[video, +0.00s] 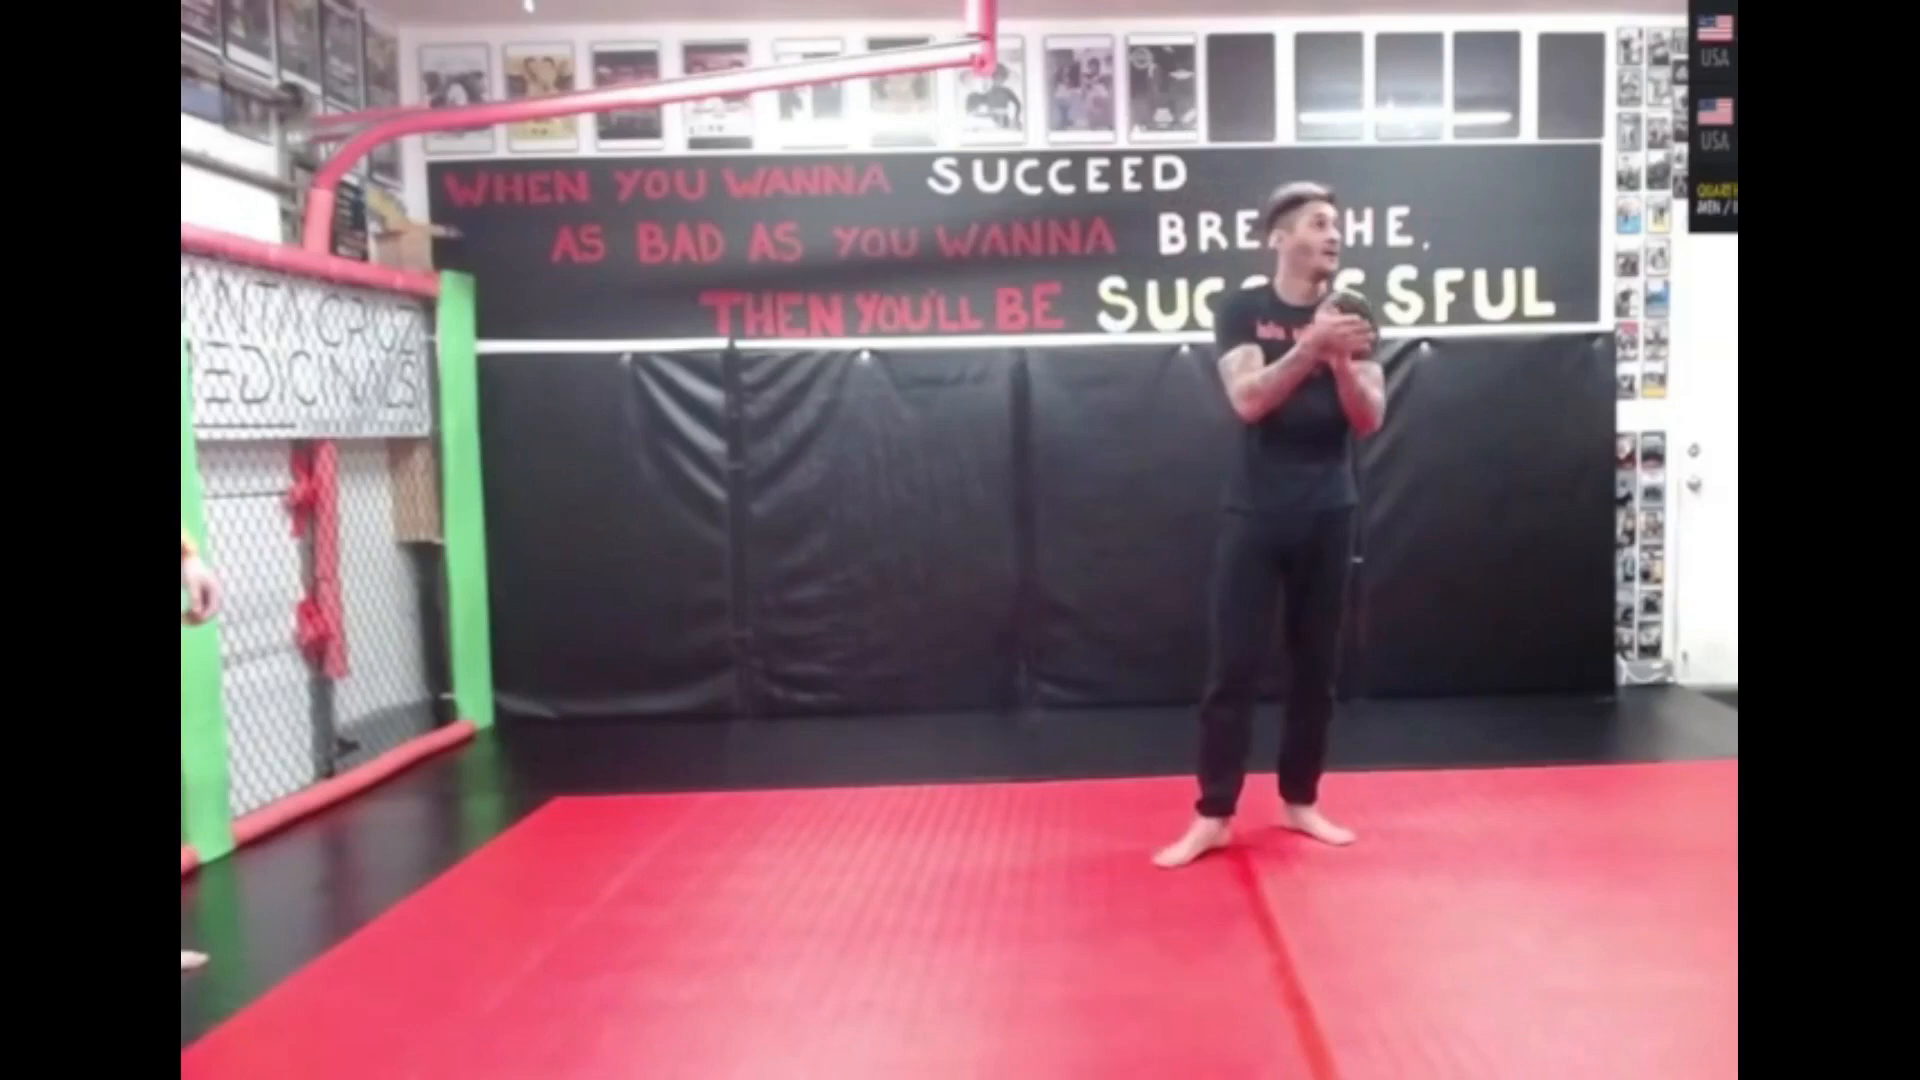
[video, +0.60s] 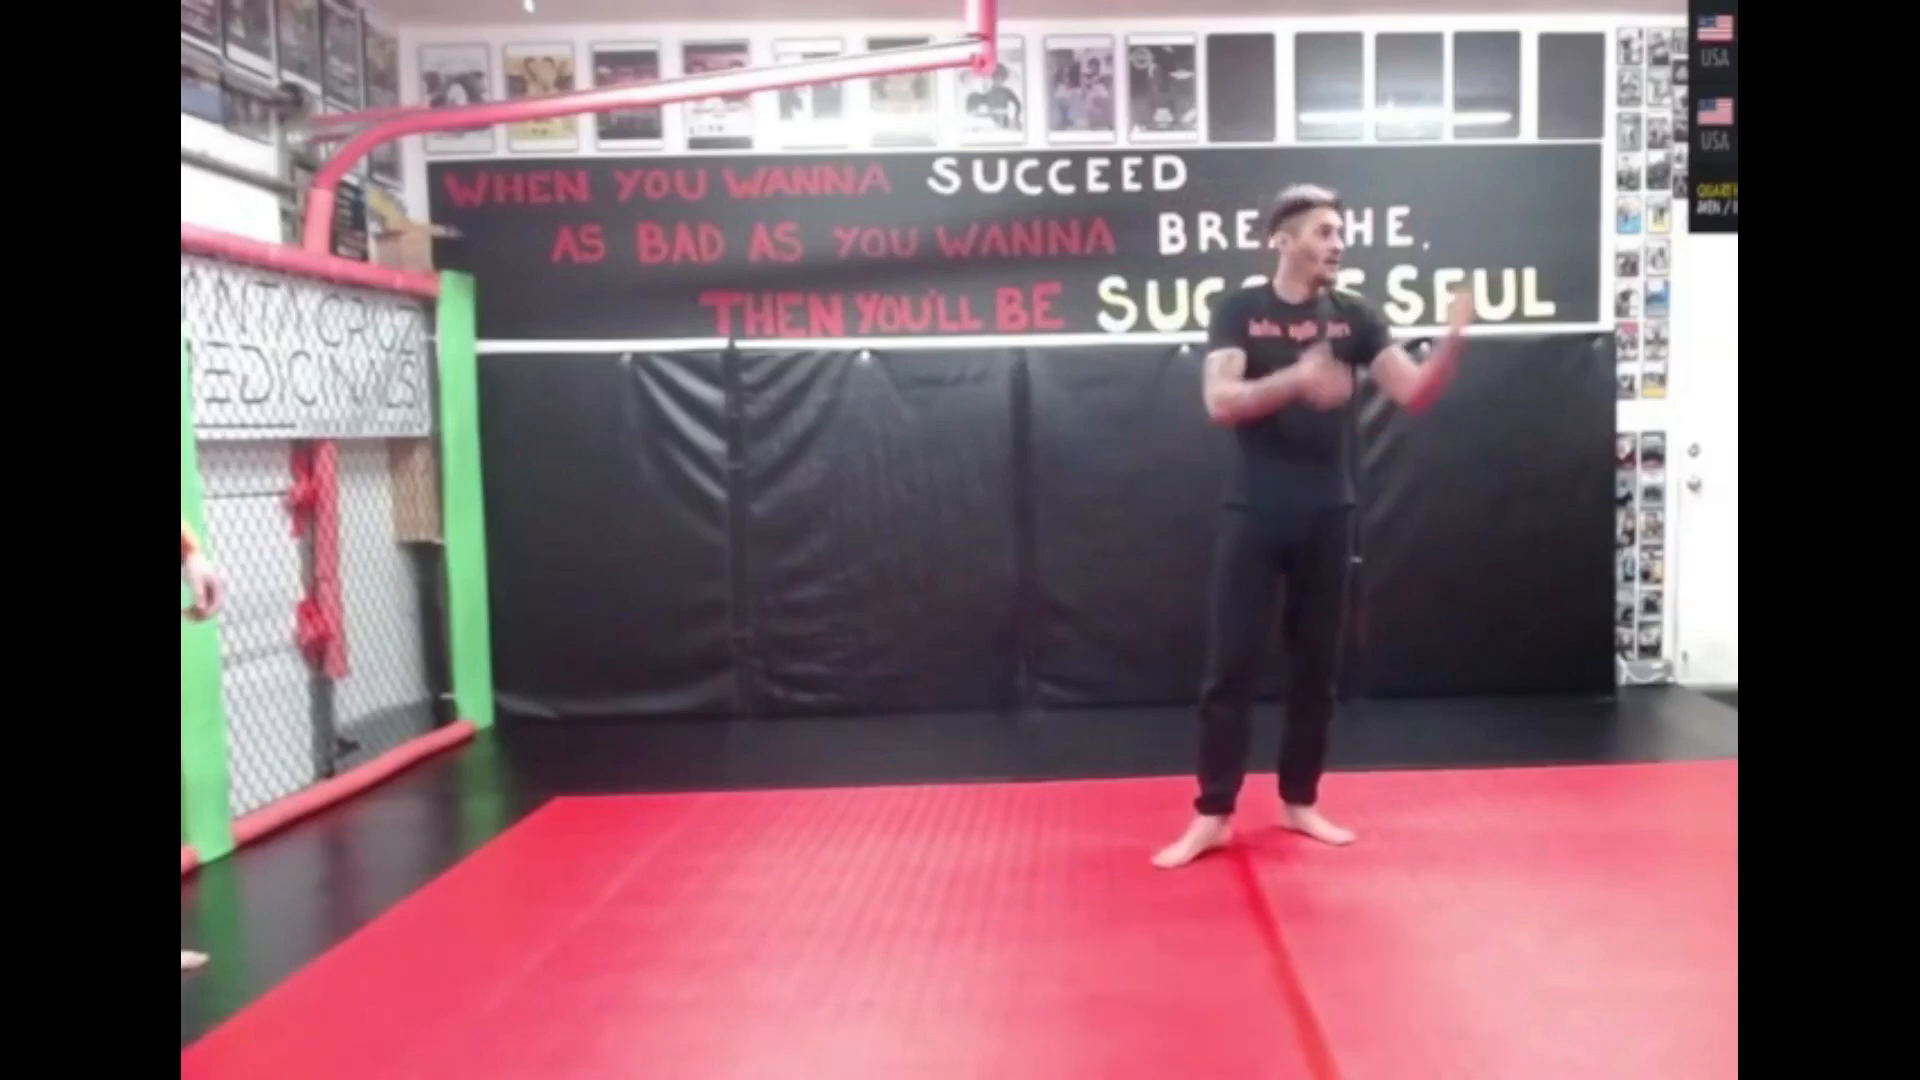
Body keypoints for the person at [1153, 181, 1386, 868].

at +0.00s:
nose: (1332, 235)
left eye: (1335, 225)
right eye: (1317, 224)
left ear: (1338, 242)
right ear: (1276, 239)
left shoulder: (1353, 315)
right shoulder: (1240, 309)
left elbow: (1369, 419)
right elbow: (1248, 401)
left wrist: (1343, 356)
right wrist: (1315, 344)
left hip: (1328, 512)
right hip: (1254, 511)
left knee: (1317, 662)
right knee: (1234, 661)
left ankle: (1300, 800)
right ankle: (1213, 814)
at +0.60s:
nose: (1338, 244)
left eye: (1340, 234)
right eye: (1324, 232)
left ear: (1338, 245)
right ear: (1282, 241)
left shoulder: (1352, 315)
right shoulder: (1239, 309)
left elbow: (1413, 392)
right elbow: (1220, 401)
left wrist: (1451, 336)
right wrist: (1298, 378)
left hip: (1327, 515)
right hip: (1251, 512)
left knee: (1318, 662)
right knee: (1230, 662)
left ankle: (1300, 802)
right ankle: (1213, 813)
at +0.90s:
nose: (1337, 246)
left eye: (1341, 236)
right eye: (1325, 234)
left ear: (1338, 246)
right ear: (1283, 240)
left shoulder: (1353, 313)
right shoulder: (1233, 316)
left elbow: (1441, 363)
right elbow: (1191, 413)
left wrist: (1534, 315)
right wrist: (1242, 468)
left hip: (1325, 515)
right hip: (1248, 514)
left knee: (1314, 664)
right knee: (1229, 663)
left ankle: (1298, 802)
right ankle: (1212, 814)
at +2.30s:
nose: (1286, 242)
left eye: (1300, 230)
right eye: (1275, 230)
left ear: (1325, 241)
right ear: (1259, 241)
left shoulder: (1351, 318)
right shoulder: (1230, 317)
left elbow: (1413, 395)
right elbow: (1187, 414)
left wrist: (1484, 374)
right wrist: (1215, 462)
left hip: (1325, 515)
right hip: (1250, 516)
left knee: (1314, 665)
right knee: (1226, 665)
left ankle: (1298, 801)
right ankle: (1212, 814)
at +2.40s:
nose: (1265, 245)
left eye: (1279, 233)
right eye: (1258, 233)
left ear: (1314, 241)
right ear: (1252, 242)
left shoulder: (1351, 318)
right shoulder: (1228, 318)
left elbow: (1395, 408)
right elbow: (1188, 411)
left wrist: (1443, 426)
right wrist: (1198, 453)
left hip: (1324, 515)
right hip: (1244, 515)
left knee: (1314, 664)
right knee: (1225, 663)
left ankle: (1297, 803)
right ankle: (1211, 815)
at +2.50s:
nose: (1251, 246)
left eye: (1264, 234)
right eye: (1248, 235)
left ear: (1306, 240)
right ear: (1247, 243)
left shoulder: (1349, 317)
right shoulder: (1230, 316)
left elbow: (1374, 414)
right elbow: (1186, 410)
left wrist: (1350, 471)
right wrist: (1135, 404)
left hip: (1319, 516)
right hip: (1244, 514)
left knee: (1311, 663)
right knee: (1223, 665)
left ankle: (1298, 801)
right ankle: (1211, 813)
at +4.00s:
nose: (1191, 248)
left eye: (1207, 237)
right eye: (1191, 236)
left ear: (1248, 250)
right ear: (1195, 247)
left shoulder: (1286, 332)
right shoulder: (1171, 328)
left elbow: (1324, 436)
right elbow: (1123, 413)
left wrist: (1285, 492)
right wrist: (1067, 447)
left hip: (1252, 530)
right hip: (1175, 525)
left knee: (1283, 672)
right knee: (1118, 655)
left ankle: (1296, 807)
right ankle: (1092, 819)